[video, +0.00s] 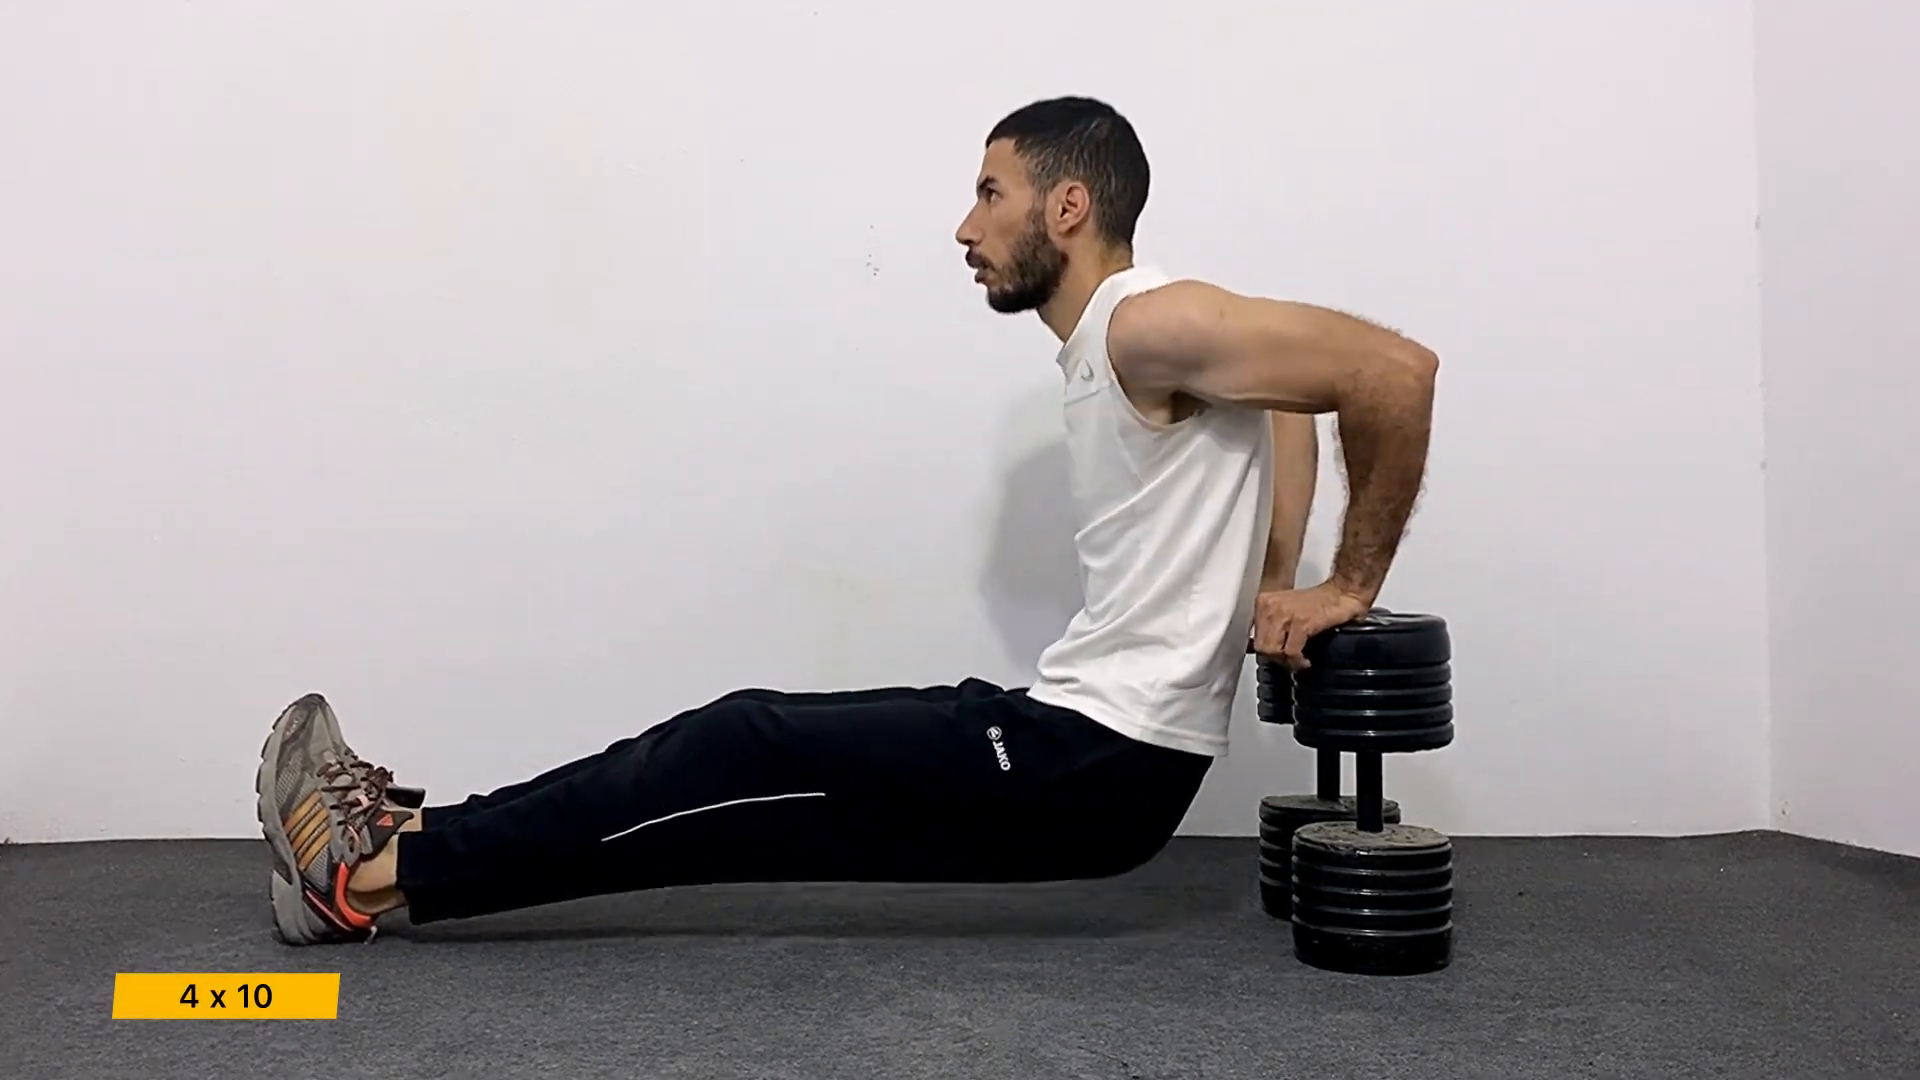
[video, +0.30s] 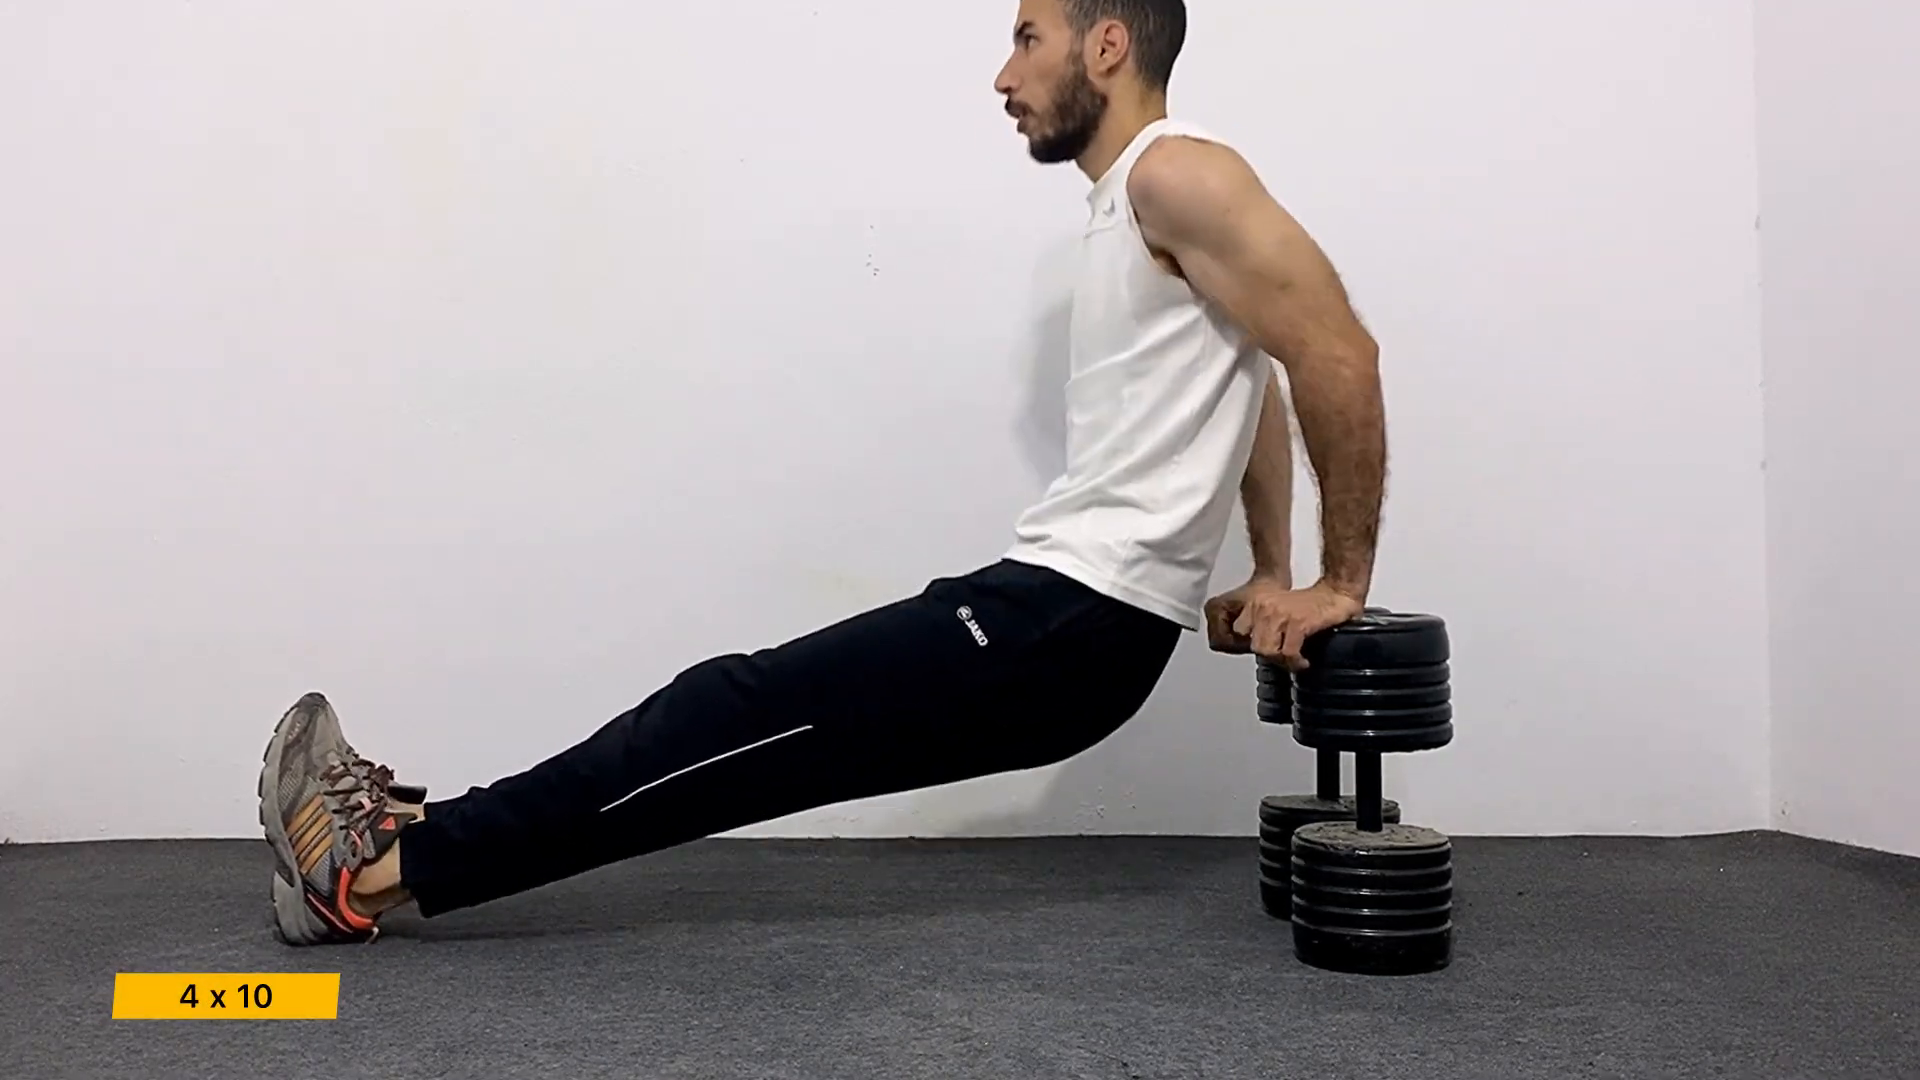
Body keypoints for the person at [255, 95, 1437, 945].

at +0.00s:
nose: (966, 228)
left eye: (989, 196)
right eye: (974, 199)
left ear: (1075, 205)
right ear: (1078, 208)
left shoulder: (1144, 326)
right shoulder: (1123, 322)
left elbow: (1397, 373)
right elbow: (1293, 383)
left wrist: (1352, 589)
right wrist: (1278, 569)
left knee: (735, 752)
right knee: (734, 748)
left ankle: (389, 876)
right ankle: (421, 843)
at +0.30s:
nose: (1003, 72)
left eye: (1026, 41)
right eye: (1010, 44)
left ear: (1110, 46)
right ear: (1102, 49)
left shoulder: (1182, 176)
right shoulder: (1142, 198)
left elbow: (1340, 350)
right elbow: (1259, 386)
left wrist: (1351, 581)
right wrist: (1264, 575)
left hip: (1078, 621)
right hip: (1056, 603)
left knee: (728, 725)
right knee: (723, 711)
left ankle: (386, 876)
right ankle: (415, 848)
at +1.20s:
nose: (978, 237)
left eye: (1001, 206)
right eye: (985, 210)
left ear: (1088, 218)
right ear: (1089, 220)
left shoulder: (1148, 340)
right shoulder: (1129, 339)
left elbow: (1402, 376)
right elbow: (1302, 388)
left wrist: (1355, 590)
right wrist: (1281, 571)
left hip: (1101, 773)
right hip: (1083, 754)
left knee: (737, 749)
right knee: (733, 773)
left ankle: (387, 868)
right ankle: (413, 847)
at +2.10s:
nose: (1010, 70)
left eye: (1029, 41)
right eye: (1015, 44)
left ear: (1113, 42)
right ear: (1105, 48)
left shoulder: (1183, 166)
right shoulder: (1149, 190)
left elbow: (1332, 357)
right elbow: (1261, 387)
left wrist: (1351, 583)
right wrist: (1265, 575)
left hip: (1078, 611)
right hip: (1058, 596)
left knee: (728, 713)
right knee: (724, 701)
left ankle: (390, 873)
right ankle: (417, 843)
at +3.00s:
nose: (973, 227)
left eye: (996, 195)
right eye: (980, 199)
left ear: (1083, 202)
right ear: (1086, 206)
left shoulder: (1144, 323)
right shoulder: (1128, 322)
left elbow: (1395, 374)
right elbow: (1301, 378)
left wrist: (1347, 588)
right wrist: (1275, 566)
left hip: (1094, 758)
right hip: (1079, 744)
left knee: (733, 735)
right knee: (728, 783)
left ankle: (384, 868)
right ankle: (407, 855)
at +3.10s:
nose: (919, 245)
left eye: (943, 213)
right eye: (927, 216)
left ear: (1029, 224)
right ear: (1030, 226)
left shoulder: (1090, 342)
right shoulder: (1073, 347)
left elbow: (1345, 377)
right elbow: (1241, 391)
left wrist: (1299, 587)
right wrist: (1225, 575)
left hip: (1046, 778)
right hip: (1028, 763)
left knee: (686, 738)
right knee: (681, 788)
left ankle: (337, 872)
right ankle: (364, 852)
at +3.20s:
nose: (777, 261)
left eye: (798, 229)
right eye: (784, 232)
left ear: (882, 238)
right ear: (888, 240)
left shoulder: (947, 354)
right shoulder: (936, 359)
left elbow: (1204, 378)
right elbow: (1103, 395)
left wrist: (1161, 591)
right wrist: (1089, 573)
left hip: (906, 792)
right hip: (900, 786)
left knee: (547, 742)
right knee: (536, 800)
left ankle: (194, 876)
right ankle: (228, 850)